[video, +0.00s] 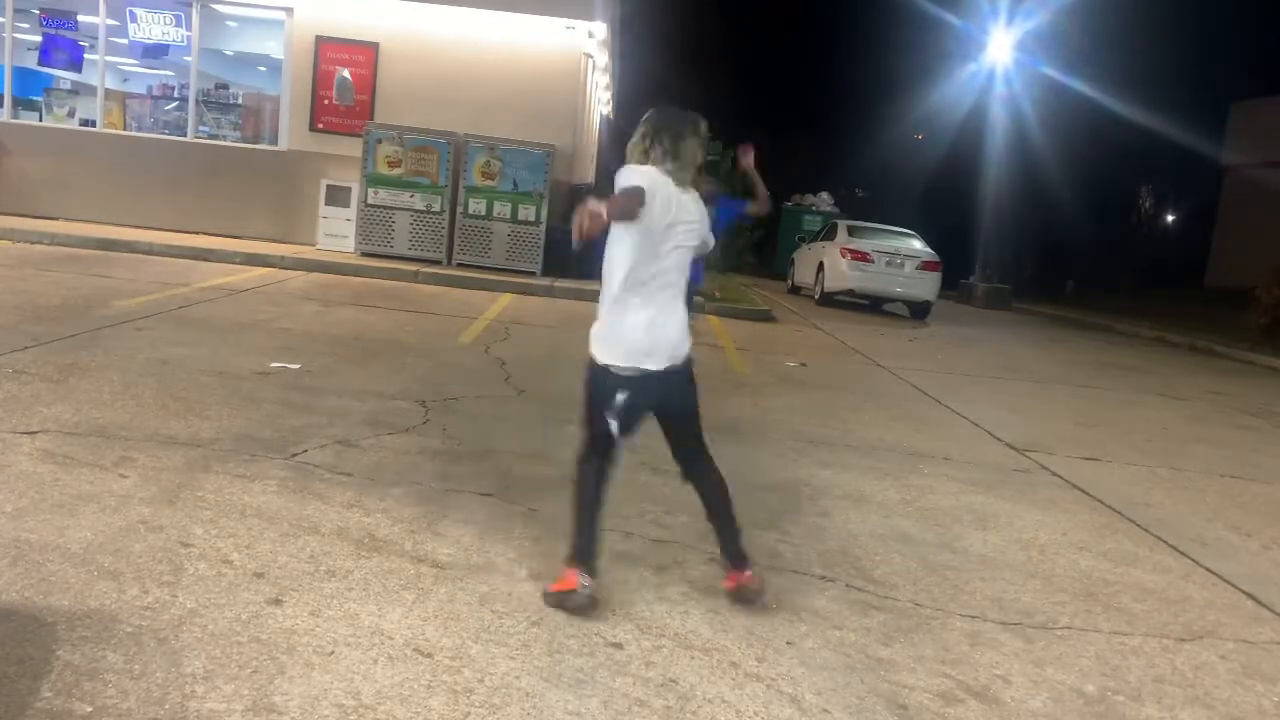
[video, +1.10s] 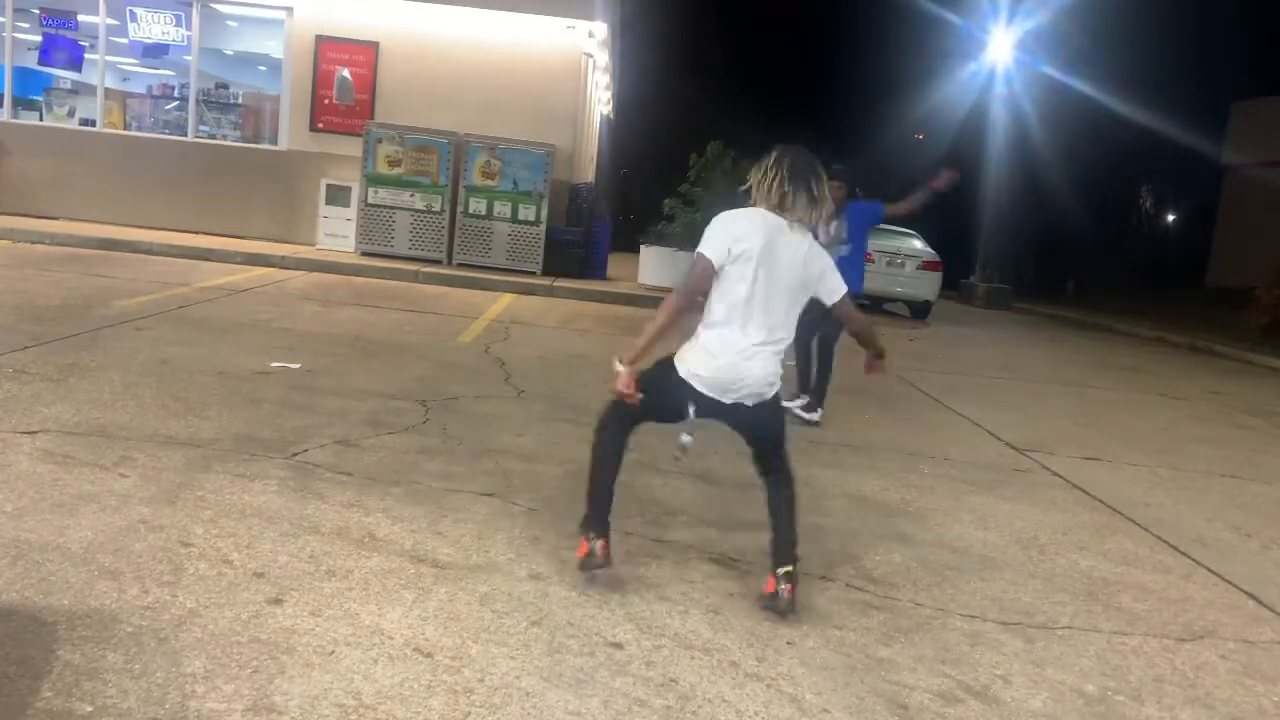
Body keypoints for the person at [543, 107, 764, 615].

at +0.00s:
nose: (628, 146)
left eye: (636, 138)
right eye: (698, 147)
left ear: (645, 141)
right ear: (692, 152)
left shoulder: (637, 175)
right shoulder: (696, 208)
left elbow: (632, 205)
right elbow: (704, 250)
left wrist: (600, 209)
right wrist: (752, 182)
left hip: (616, 357)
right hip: (672, 361)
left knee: (594, 457)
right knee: (695, 458)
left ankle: (580, 571)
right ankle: (738, 566)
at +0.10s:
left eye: (659, 143)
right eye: (719, 153)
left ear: (665, 147)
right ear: (715, 160)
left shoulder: (653, 182)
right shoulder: (717, 208)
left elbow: (633, 220)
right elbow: (720, 242)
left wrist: (580, 247)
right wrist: (730, 182)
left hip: (629, 362)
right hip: (696, 367)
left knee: (582, 434)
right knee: (727, 450)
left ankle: (576, 545)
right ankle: (740, 566)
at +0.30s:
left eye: (721, 174)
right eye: (786, 195)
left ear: (729, 179)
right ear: (780, 194)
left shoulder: (699, 218)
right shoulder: (779, 245)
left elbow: (666, 296)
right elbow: (765, 301)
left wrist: (626, 365)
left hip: (663, 368)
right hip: (712, 386)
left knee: (616, 449)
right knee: (693, 468)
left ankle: (553, 537)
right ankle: (758, 559)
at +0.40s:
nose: (729, 187)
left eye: (734, 180)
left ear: (740, 183)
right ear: (787, 195)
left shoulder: (710, 226)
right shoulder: (785, 251)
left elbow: (681, 309)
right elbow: (772, 320)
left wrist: (654, 384)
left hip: (673, 369)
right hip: (725, 389)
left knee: (602, 416)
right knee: (718, 474)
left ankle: (566, 522)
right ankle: (766, 570)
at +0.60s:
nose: (701, 178)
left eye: (705, 171)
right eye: (704, 172)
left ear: (715, 173)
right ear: (763, 178)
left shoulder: (701, 223)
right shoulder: (774, 237)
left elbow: (683, 311)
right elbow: (791, 319)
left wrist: (651, 381)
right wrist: (782, 360)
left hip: (689, 369)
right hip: (738, 378)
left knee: (618, 425)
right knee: (712, 452)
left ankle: (567, 517)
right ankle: (769, 543)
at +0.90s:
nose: (731, 193)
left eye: (737, 187)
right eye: (736, 186)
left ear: (745, 192)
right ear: (790, 198)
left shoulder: (722, 239)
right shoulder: (803, 252)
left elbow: (694, 320)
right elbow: (828, 328)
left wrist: (661, 393)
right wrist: (817, 357)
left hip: (705, 373)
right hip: (759, 386)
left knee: (625, 378)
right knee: (735, 458)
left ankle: (581, 474)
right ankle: (785, 558)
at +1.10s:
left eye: (757, 178)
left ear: (763, 182)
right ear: (813, 195)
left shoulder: (730, 224)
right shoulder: (813, 254)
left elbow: (689, 295)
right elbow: (854, 322)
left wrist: (633, 361)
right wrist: (876, 348)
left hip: (697, 373)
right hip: (758, 392)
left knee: (617, 417)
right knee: (776, 469)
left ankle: (595, 535)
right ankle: (784, 573)